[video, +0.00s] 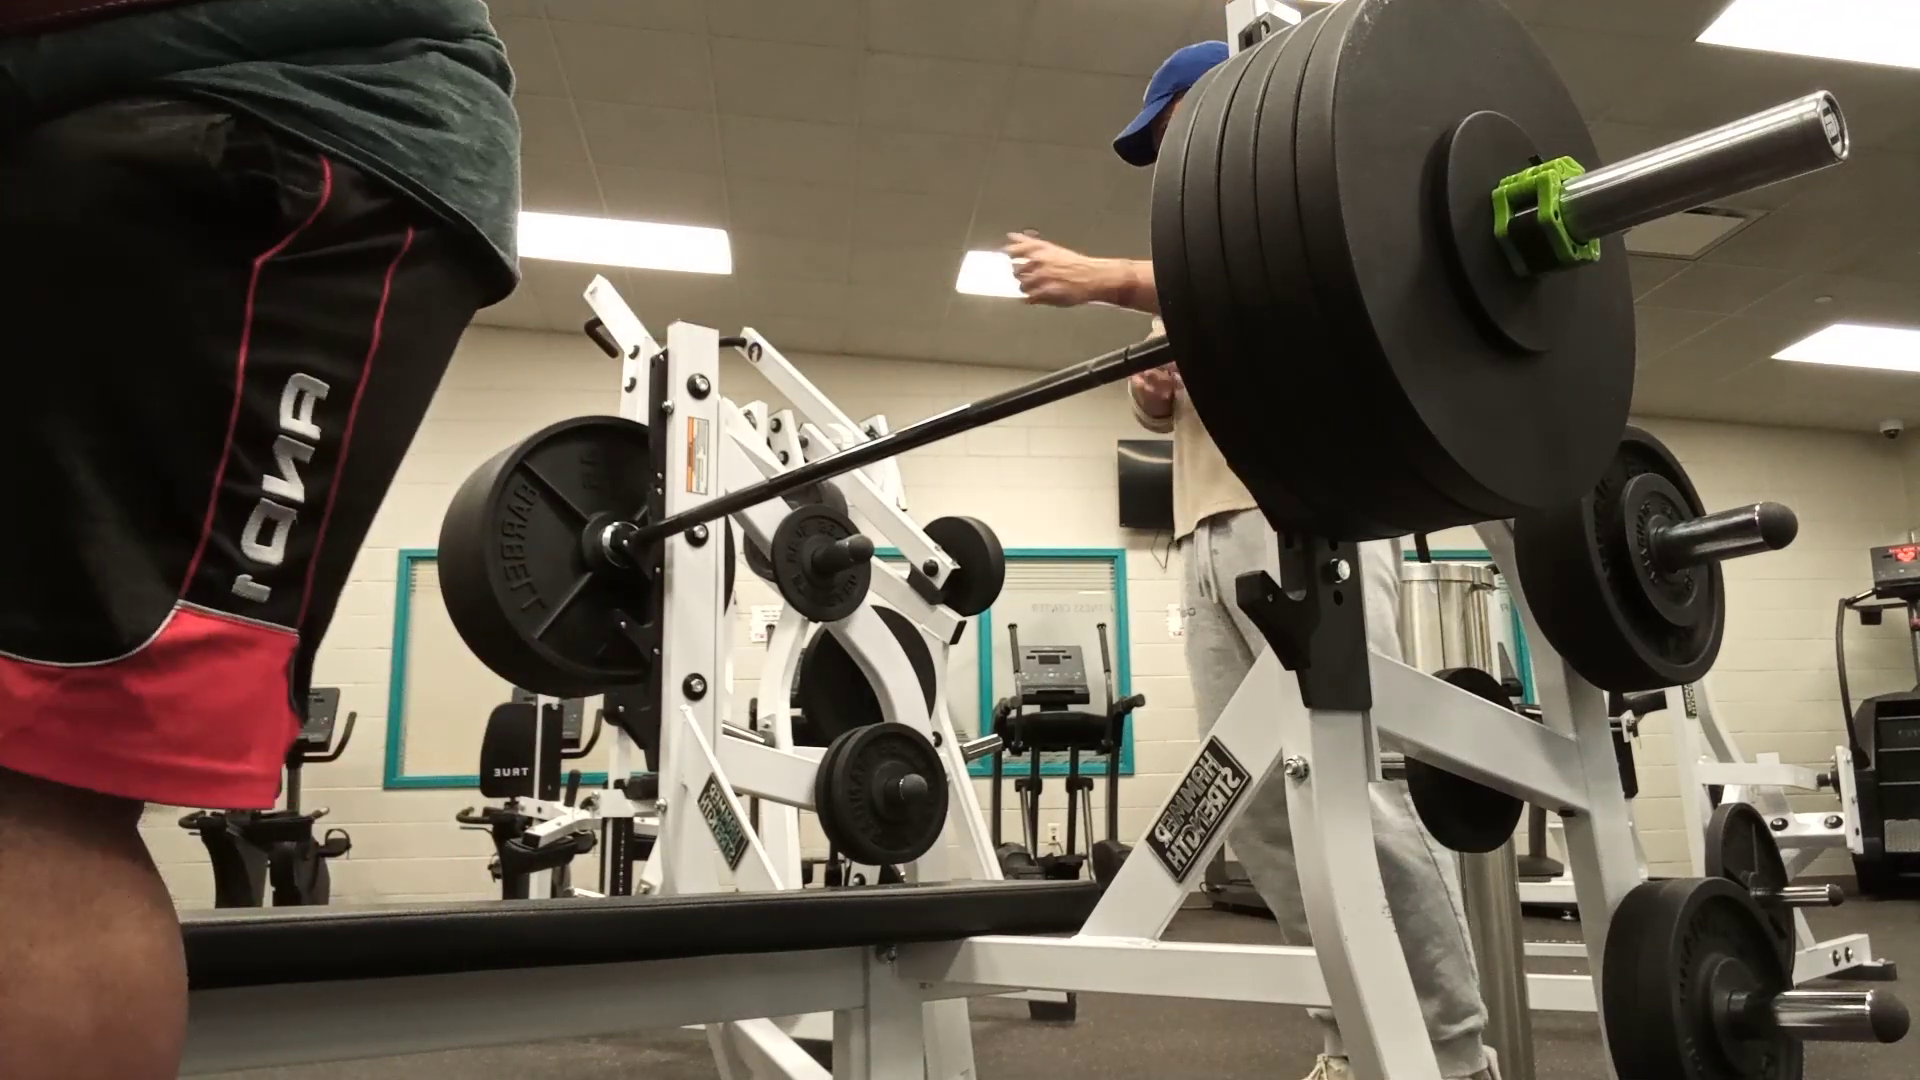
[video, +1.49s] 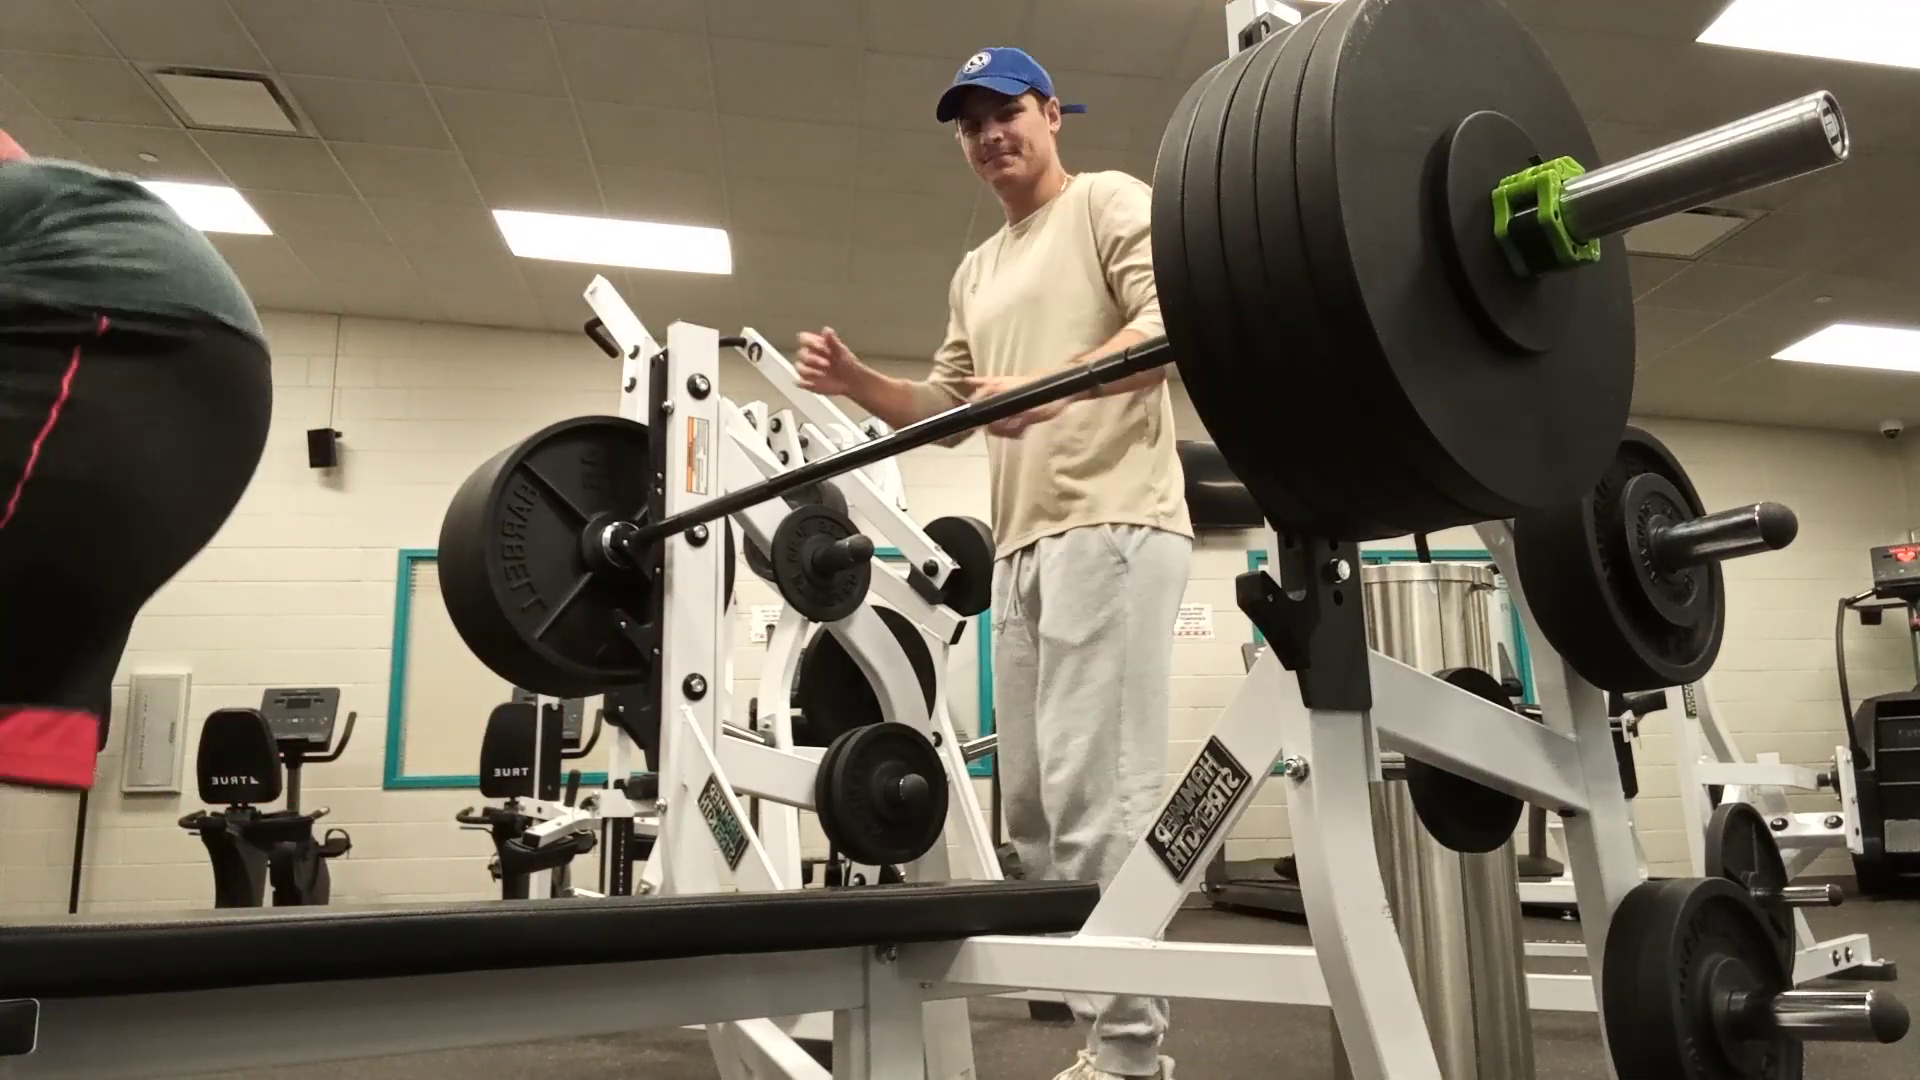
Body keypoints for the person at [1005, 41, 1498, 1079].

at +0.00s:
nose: (1158, 164)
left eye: (1168, 138)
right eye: (1154, 148)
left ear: (1221, 106)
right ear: (1183, 127)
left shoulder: (1298, 192)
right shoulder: (1205, 238)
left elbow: (1269, 271)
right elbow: (1172, 400)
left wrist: (1106, 277)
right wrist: (1162, 392)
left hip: (1297, 528)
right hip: (1209, 541)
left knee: (1355, 795)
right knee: (1253, 812)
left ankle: (1458, 1049)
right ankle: (1365, 1028)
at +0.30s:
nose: (1146, 173)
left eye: (1156, 152)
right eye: (1141, 163)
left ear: (1209, 131)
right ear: (1159, 161)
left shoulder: (1255, 216)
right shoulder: (1174, 259)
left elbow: (1159, 261)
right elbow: (1130, 414)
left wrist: (1031, 277)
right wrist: (1131, 349)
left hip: (1245, 519)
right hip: (1177, 535)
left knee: (1278, 778)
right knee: (1220, 796)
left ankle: (1404, 1021)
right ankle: (1356, 1004)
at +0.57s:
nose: (1110, 185)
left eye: (1111, 158)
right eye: (1105, 169)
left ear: (1155, 125)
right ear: (1161, 131)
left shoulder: (1208, 218)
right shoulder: (1215, 238)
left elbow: (1120, 293)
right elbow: (1103, 414)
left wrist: (989, 322)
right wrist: (1105, 348)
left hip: (1202, 533)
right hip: (1263, 537)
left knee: (1159, 792)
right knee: (1260, 801)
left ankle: (1194, 1051)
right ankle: (1335, 1029)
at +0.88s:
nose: (1038, 140)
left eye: (1042, 115)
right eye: (1034, 122)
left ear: (1088, 90)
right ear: (1105, 96)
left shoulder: (1149, 187)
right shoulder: (1136, 196)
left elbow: (1149, 362)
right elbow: (1142, 378)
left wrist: (1028, 434)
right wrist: (1043, 384)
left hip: (1143, 524)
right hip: (1156, 523)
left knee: (1102, 795)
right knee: (1162, 785)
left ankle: (1142, 1055)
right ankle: (1315, 1004)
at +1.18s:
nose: (985, 126)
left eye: (995, 100)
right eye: (979, 110)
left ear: (1054, 84)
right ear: (1048, 93)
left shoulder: (1110, 179)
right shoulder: (1062, 213)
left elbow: (1135, 321)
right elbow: (1076, 380)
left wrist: (989, 430)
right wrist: (970, 400)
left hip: (1113, 528)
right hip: (1056, 533)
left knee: (1092, 783)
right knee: (1010, 771)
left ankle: (1141, 1037)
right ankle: (1087, 992)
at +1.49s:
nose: (987, 134)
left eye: (1004, 112)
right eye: (970, 123)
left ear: (1052, 116)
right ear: (962, 144)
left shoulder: (1110, 199)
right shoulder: (976, 270)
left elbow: (1162, 325)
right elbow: (941, 412)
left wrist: (1046, 388)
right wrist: (851, 376)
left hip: (1112, 528)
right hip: (1025, 546)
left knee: (1098, 792)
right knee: (1030, 803)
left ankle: (1129, 1043)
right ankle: (1089, 1021)